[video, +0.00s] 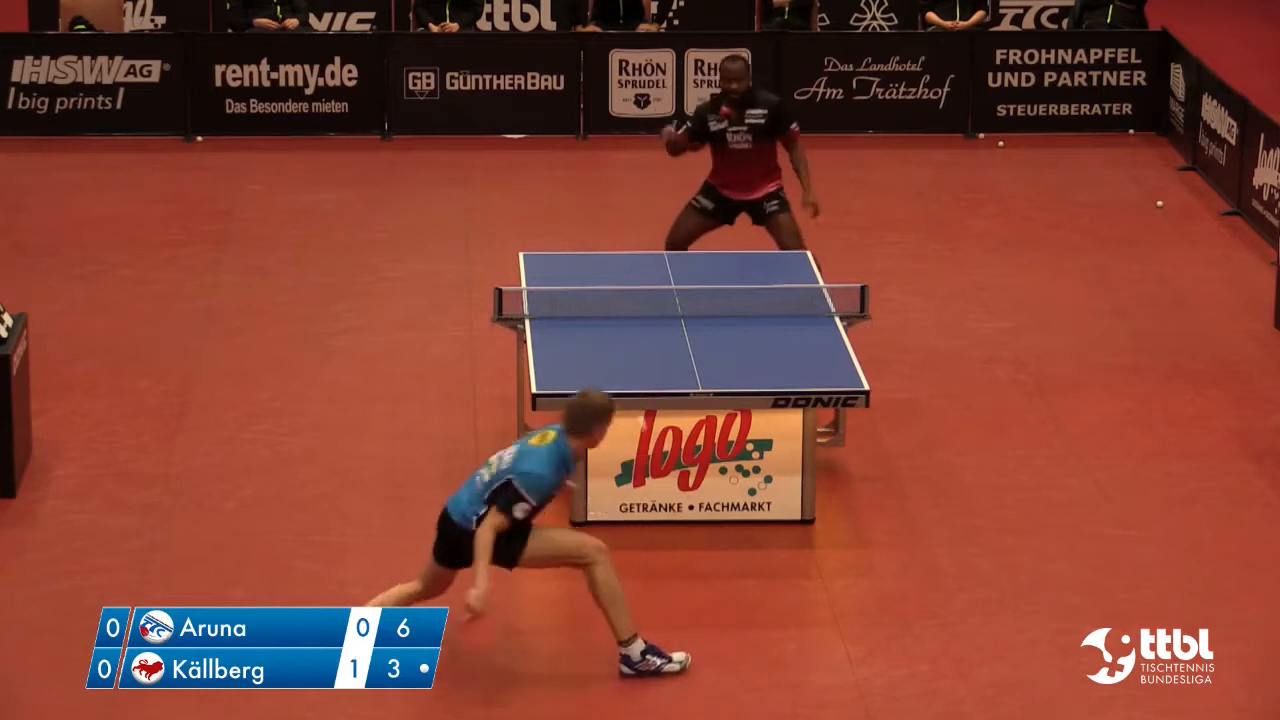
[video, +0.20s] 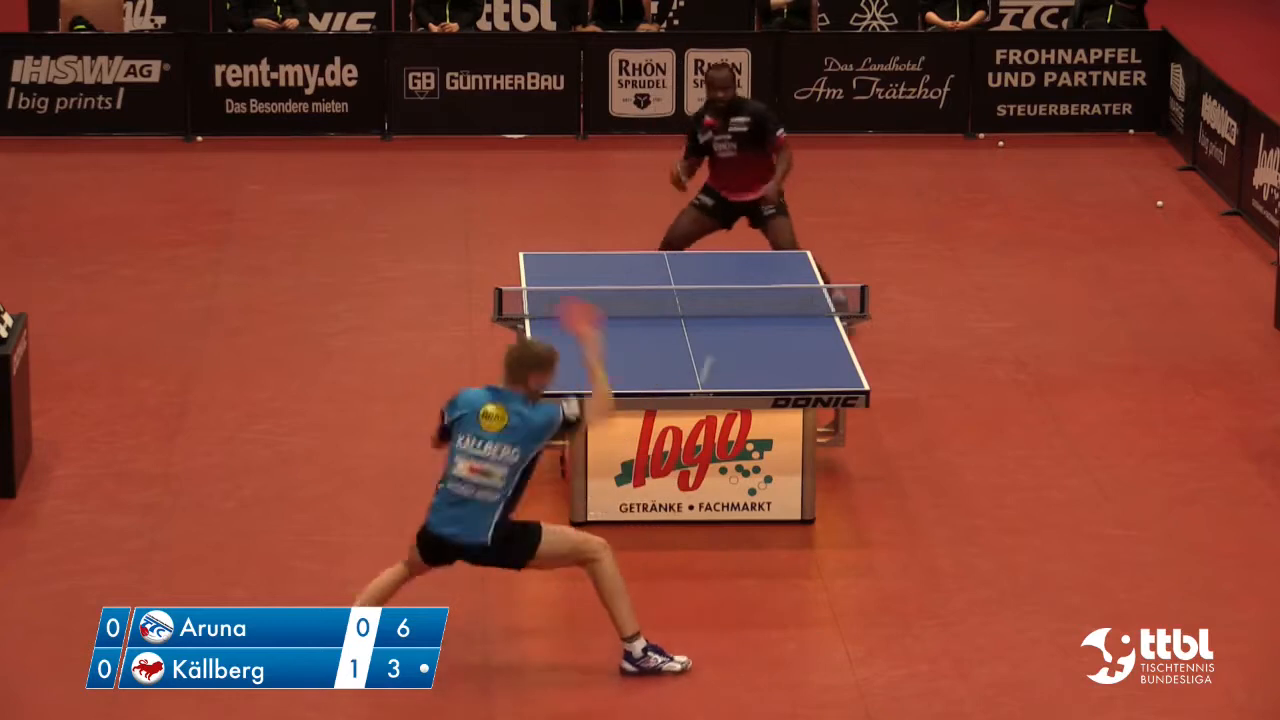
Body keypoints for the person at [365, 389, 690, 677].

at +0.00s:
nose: (607, 432)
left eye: (606, 424)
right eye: (607, 426)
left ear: (573, 416)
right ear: (595, 431)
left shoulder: (554, 435)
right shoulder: (541, 472)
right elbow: (487, 527)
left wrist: (561, 481)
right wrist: (481, 587)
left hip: (455, 518)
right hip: (484, 536)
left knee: (424, 587)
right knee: (592, 551)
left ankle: (354, 623)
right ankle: (634, 651)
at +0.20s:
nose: (549, 382)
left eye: (549, 375)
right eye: (548, 376)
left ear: (508, 370)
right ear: (536, 379)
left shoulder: (469, 399)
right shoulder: (542, 418)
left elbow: (439, 440)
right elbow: (602, 408)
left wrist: (482, 426)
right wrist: (594, 354)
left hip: (437, 532)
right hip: (489, 538)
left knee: (405, 568)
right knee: (596, 551)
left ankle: (344, 626)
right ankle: (637, 649)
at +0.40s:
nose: (516, 322)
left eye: (513, 315)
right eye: (514, 316)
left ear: (472, 319)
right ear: (507, 321)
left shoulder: (442, 358)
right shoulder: (524, 359)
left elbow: (404, 425)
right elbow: (581, 364)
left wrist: (425, 399)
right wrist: (564, 312)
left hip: (437, 485)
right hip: (491, 489)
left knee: (383, 534)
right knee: (577, 543)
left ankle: (343, 624)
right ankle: (612, 647)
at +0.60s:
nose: (510, 343)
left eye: (509, 337)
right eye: (509, 339)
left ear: (467, 342)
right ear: (504, 344)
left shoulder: (437, 383)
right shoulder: (519, 392)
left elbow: (402, 446)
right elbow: (576, 433)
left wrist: (425, 429)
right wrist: (577, 390)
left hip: (436, 505)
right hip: (492, 509)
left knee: (383, 551)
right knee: (565, 562)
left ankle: (346, 637)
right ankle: (585, 665)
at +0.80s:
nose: (551, 365)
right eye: (551, 360)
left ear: (513, 359)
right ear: (549, 364)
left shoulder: (480, 391)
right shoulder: (556, 410)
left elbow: (441, 450)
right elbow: (604, 471)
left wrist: (473, 452)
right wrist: (578, 470)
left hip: (464, 510)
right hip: (516, 515)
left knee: (411, 551)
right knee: (595, 583)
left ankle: (376, 637)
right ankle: (641, 679)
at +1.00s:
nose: (613, 386)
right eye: (614, 381)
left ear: (575, 382)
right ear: (611, 388)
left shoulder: (540, 409)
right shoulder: (612, 435)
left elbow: (491, 457)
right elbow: (665, 492)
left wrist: (517, 455)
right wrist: (622, 493)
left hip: (502, 525)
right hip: (557, 533)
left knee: (438, 579)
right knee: (645, 580)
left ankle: (378, 649)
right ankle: (648, 690)